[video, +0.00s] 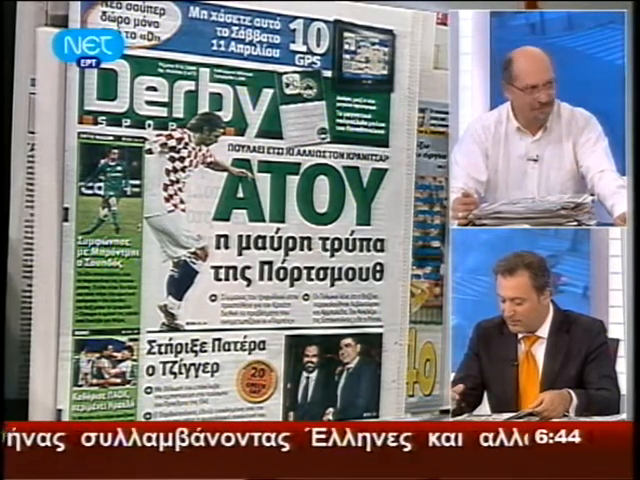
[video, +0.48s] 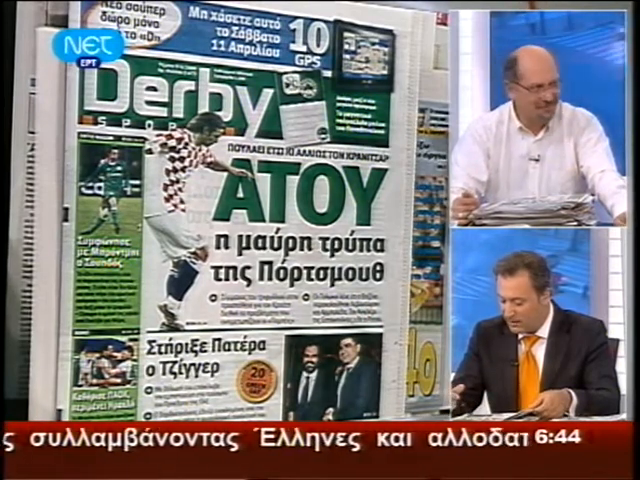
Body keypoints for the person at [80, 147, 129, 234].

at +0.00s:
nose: (115, 156)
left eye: (116, 154)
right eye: (113, 154)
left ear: (118, 155)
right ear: (109, 154)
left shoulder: (122, 165)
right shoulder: (104, 165)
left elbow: (126, 177)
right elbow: (95, 175)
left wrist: (127, 187)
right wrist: (85, 182)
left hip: (118, 190)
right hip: (108, 189)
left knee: (105, 213)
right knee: (113, 205)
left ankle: (91, 230)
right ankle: (116, 225)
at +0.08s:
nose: (115, 156)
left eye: (116, 154)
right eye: (113, 154)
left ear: (118, 155)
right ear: (109, 154)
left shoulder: (122, 165)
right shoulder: (104, 165)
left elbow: (126, 177)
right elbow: (95, 175)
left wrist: (127, 187)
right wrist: (85, 182)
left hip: (118, 190)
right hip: (108, 189)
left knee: (105, 213)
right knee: (113, 205)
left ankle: (91, 230)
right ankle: (116, 225)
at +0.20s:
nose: (115, 156)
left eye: (116, 154)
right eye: (113, 154)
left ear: (118, 155)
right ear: (109, 154)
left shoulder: (122, 165)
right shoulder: (104, 165)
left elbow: (126, 176)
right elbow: (95, 174)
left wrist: (127, 187)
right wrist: (85, 182)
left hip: (118, 190)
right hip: (108, 189)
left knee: (105, 213)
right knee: (113, 205)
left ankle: (91, 230)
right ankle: (116, 225)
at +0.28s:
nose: (115, 156)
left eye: (116, 154)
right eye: (113, 154)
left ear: (118, 155)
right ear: (109, 154)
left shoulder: (122, 165)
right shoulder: (104, 165)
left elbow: (126, 177)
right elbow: (95, 175)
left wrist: (127, 187)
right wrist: (85, 182)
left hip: (118, 190)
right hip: (108, 189)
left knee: (105, 213)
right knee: (113, 205)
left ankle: (91, 230)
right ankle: (116, 225)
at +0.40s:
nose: (115, 156)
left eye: (116, 154)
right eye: (113, 154)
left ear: (118, 155)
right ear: (109, 154)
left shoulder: (122, 165)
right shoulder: (104, 165)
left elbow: (126, 176)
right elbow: (95, 174)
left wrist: (127, 187)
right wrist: (85, 182)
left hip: (118, 190)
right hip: (108, 189)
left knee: (105, 213)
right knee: (113, 205)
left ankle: (91, 230)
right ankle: (116, 225)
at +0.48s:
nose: (115, 156)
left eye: (116, 154)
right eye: (113, 154)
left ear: (118, 155)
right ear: (109, 154)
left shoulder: (122, 165)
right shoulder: (104, 165)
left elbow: (126, 176)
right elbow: (95, 174)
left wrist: (127, 187)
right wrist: (85, 182)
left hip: (118, 190)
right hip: (108, 189)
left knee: (105, 213)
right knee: (113, 205)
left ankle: (91, 230)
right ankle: (116, 225)